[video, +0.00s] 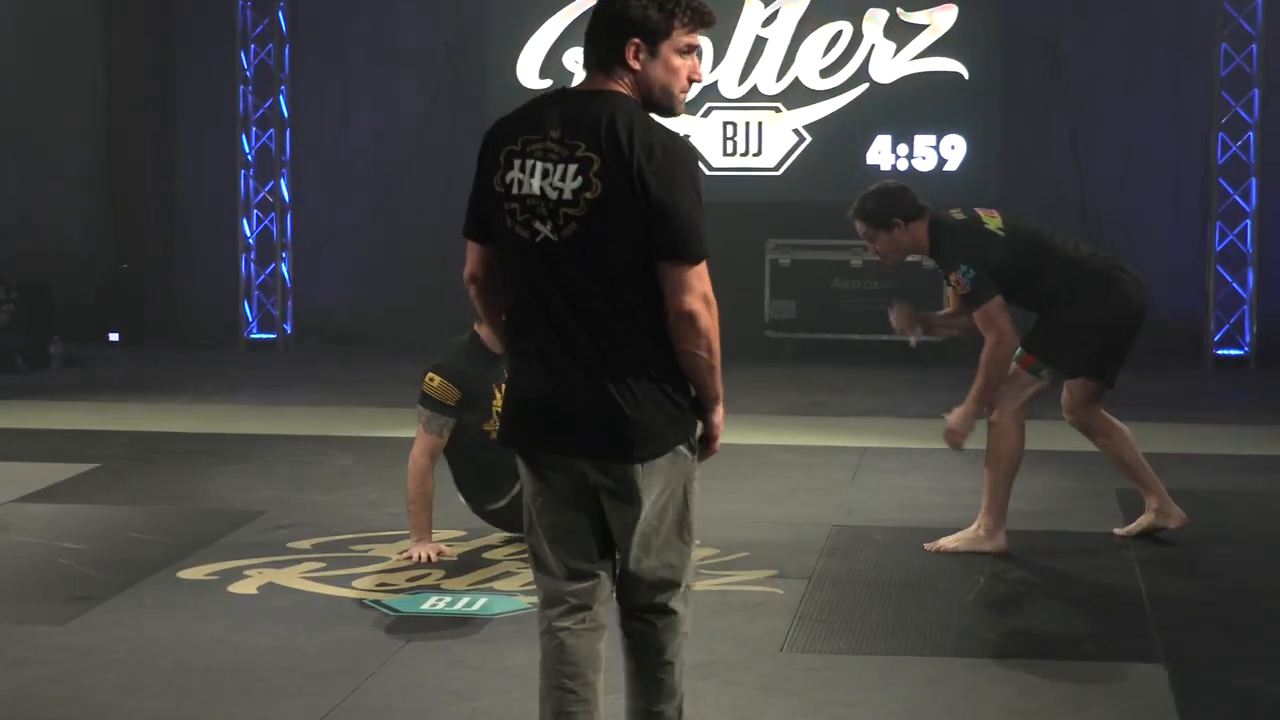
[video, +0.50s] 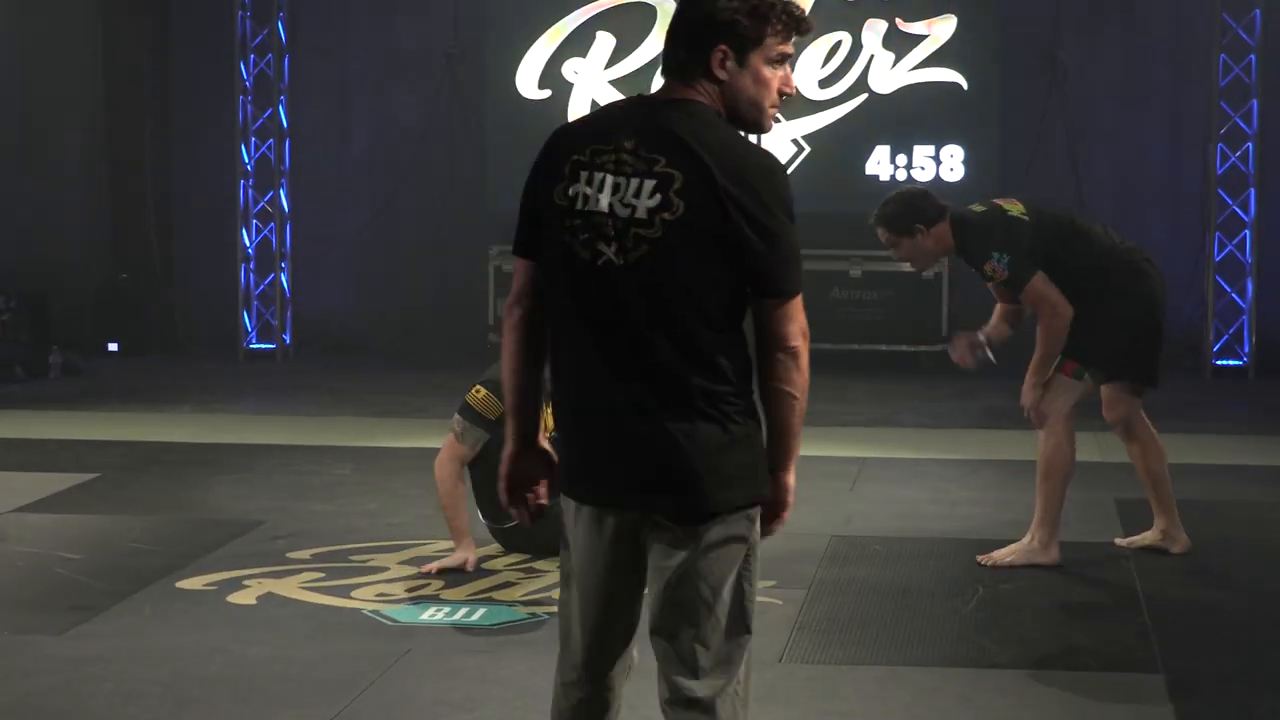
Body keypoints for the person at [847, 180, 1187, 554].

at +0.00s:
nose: (870, 250)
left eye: (871, 239)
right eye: (867, 242)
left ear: (899, 226)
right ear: (903, 223)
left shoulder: (956, 248)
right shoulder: (954, 233)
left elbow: (1002, 336)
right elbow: (966, 319)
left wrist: (971, 407)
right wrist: (923, 324)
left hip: (1089, 302)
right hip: (1118, 293)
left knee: (1005, 403)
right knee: (1080, 406)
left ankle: (989, 527)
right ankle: (1162, 505)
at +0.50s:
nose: (899, 258)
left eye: (897, 247)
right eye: (893, 250)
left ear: (924, 232)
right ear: (924, 230)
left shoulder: (985, 240)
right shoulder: (976, 230)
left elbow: (1056, 311)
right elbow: (1011, 307)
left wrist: (1034, 381)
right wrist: (983, 338)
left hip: (1110, 298)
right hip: (1134, 288)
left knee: (1053, 407)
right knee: (1122, 409)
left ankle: (1041, 541)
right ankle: (1169, 527)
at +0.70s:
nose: (865, 249)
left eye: (864, 238)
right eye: (860, 241)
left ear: (893, 224)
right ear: (896, 218)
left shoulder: (951, 232)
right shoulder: (948, 221)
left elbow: (1015, 312)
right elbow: (1007, 306)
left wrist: (1004, 389)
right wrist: (1014, 378)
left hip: (1084, 292)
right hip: (1090, 286)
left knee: (1031, 412)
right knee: (1053, 405)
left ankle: (1041, 542)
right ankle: (1128, 505)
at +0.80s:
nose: (848, 244)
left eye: (847, 234)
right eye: (842, 236)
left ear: (874, 220)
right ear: (878, 215)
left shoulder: (934, 235)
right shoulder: (929, 219)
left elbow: (988, 313)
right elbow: (988, 305)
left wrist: (984, 389)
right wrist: (984, 371)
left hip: (1067, 291)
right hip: (1055, 288)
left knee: (1017, 411)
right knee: (1007, 399)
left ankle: (1041, 543)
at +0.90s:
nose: (828, 243)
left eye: (827, 232)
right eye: (823, 235)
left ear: (854, 217)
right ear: (858, 214)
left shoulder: (910, 234)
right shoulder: (907, 219)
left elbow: (959, 314)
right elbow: (954, 308)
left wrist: (954, 393)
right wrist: (942, 367)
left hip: (1045, 294)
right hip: (1010, 295)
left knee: (997, 415)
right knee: (968, 401)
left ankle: (1040, 541)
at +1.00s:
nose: (808, 251)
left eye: (805, 240)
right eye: (802, 243)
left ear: (829, 224)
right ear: (834, 220)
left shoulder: (886, 230)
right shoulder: (882, 221)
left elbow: (934, 311)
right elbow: (925, 312)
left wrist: (915, 392)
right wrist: (909, 384)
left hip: (1017, 301)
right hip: (981, 302)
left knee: (966, 422)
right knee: (928, 399)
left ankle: (1034, 532)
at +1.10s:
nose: (790, 272)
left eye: (786, 262)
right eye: (784, 265)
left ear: (804, 245)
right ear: (807, 243)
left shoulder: (861, 246)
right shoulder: (852, 257)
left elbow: (922, 314)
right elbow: (883, 343)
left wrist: (888, 394)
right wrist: (875, 416)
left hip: (992, 312)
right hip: (957, 314)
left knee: (913, 409)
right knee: (891, 408)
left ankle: (980, 509)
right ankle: (875, 526)